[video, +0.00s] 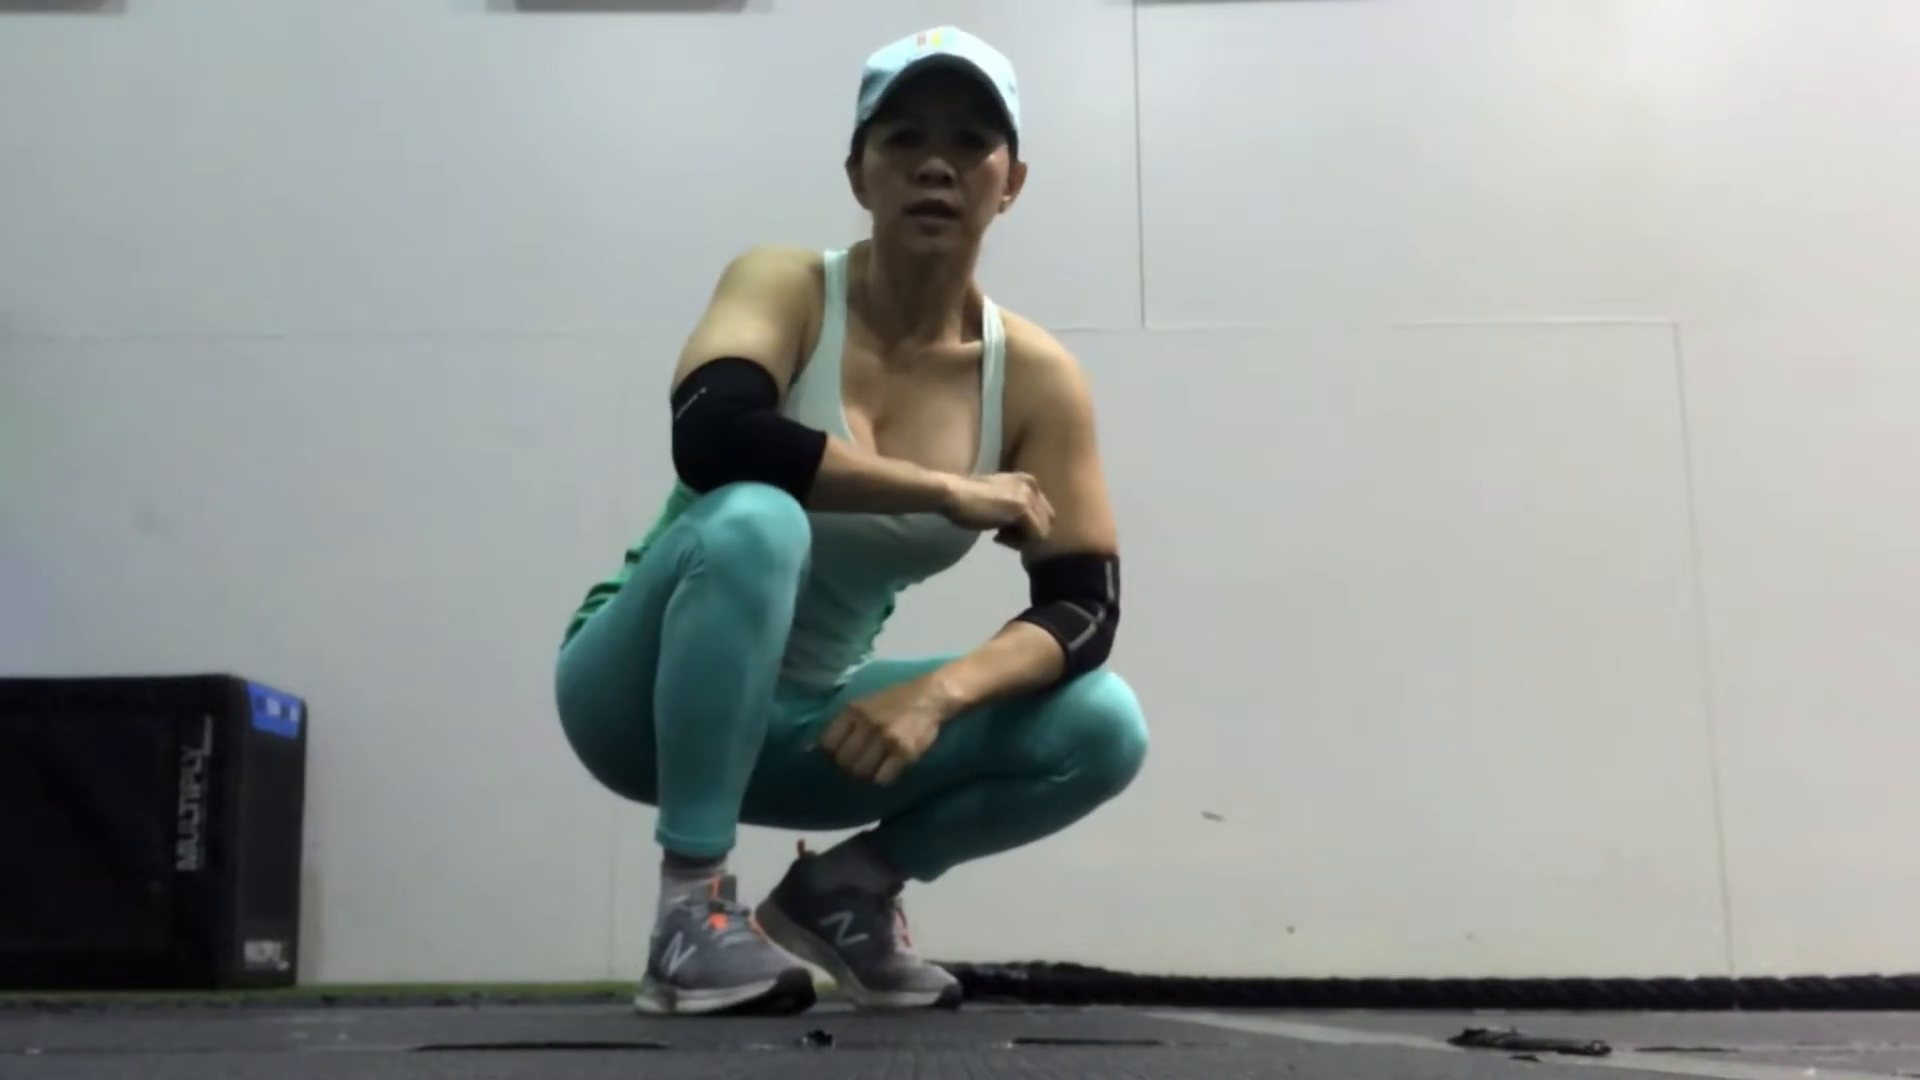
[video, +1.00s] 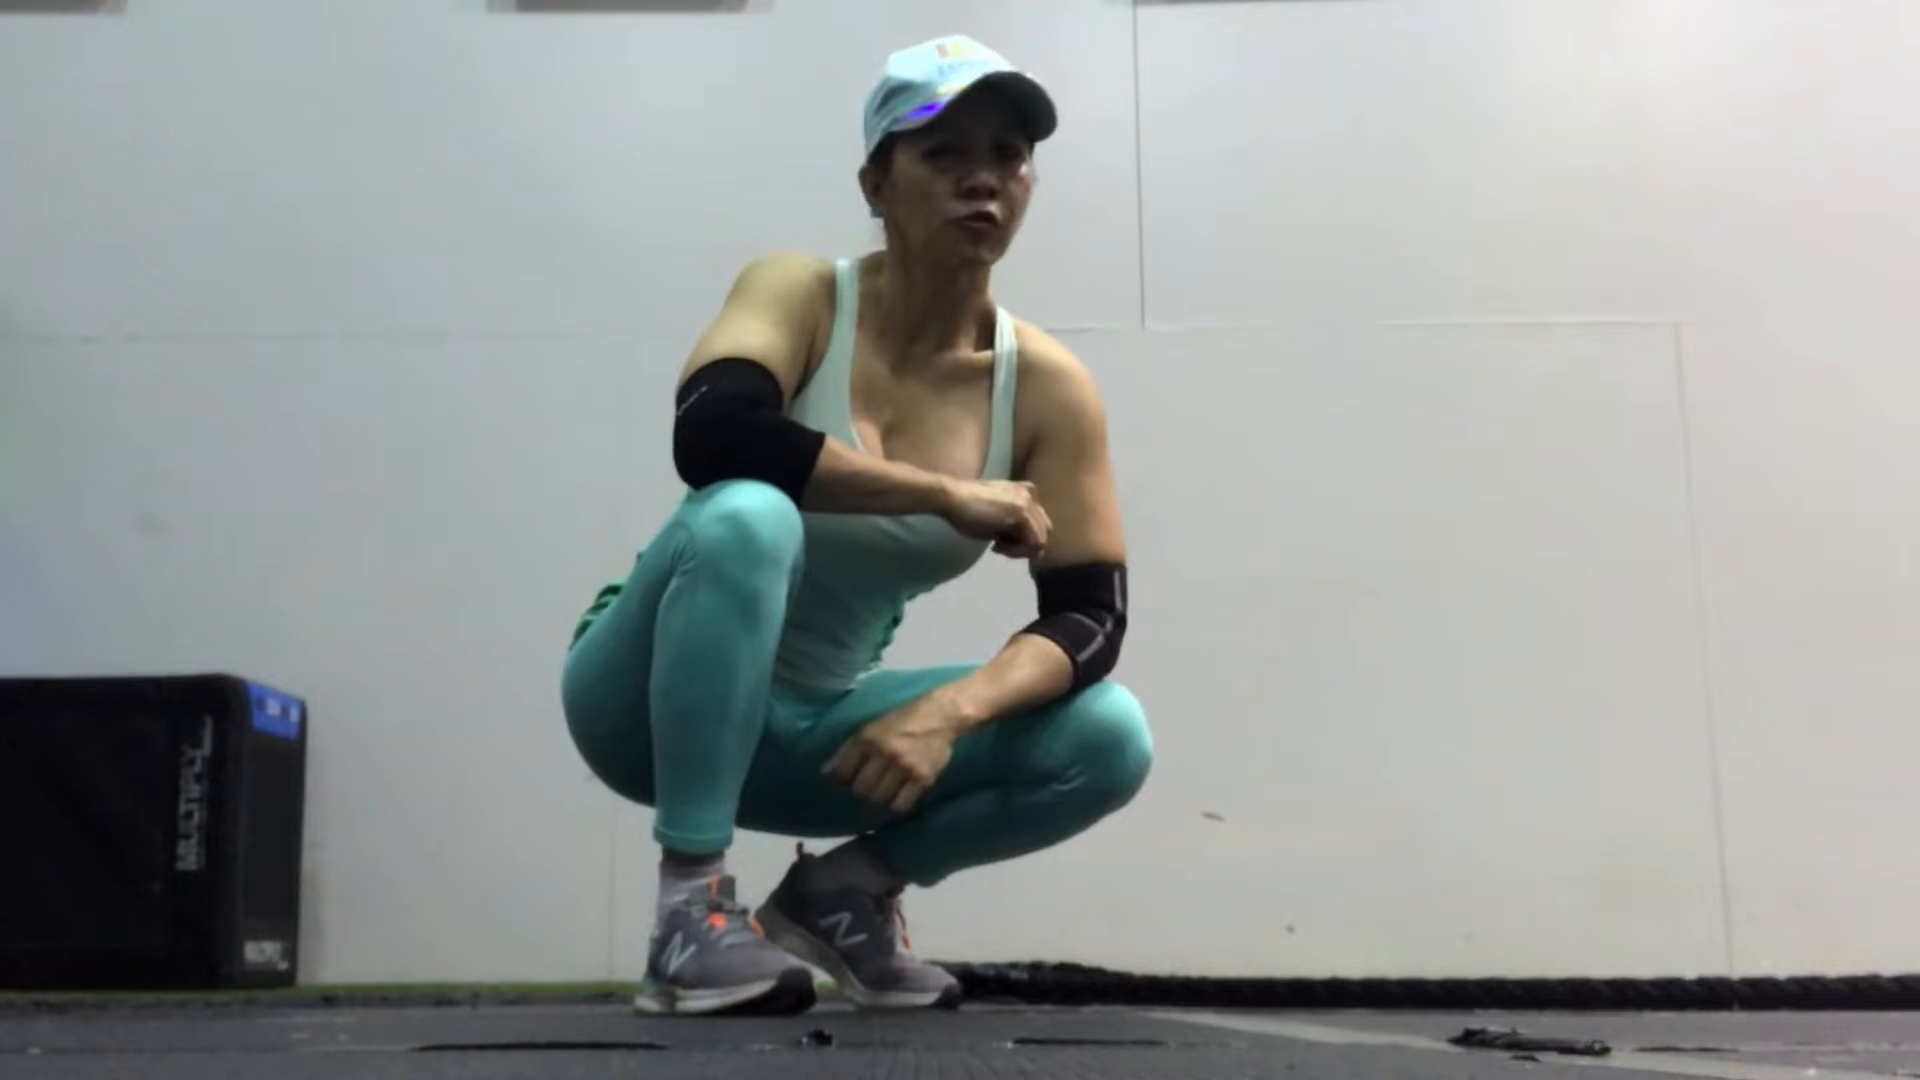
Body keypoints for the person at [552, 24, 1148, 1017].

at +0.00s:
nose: (936, 163)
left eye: (968, 141)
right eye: (906, 138)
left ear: (1010, 182)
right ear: (860, 171)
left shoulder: (1034, 377)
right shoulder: (780, 287)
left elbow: (1082, 609)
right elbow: (715, 438)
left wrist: (936, 691)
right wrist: (949, 493)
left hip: (813, 722)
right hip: (643, 694)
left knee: (1101, 727)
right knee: (756, 526)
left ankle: (841, 888)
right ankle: (692, 911)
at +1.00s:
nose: (983, 180)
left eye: (1005, 155)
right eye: (945, 152)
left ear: (1032, 181)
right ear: (878, 179)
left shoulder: (1048, 389)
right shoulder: (792, 295)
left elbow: (1087, 620)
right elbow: (715, 437)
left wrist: (949, 708)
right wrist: (946, 497)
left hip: (821, 729)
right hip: (657, 696)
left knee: (1107, 740)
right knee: (746, 520)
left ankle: (839, 890)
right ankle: (692, 911)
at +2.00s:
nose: (960, 189)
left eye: (993, 163)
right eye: (929, 159)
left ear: (1034, 195)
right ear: (881, 182)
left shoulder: (1054, 394)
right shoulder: (800, 298)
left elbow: (1094, 627)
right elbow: (711, 436)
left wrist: (951, 712)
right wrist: (942, 497)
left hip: (829, 732)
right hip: (666, 699)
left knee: (1112, 748)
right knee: (741, 516)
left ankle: (845, 888)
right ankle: (692, 909)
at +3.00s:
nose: (965, 185)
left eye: (997, 166)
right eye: (936, 157)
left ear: (1032, 207)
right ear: (883, 187)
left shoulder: (1049, 393)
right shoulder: (803, 295)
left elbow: (1094, 616)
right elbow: (717, 436)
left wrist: (980, 704)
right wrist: (948, 492)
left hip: (818, 738)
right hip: (657, 703)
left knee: (1114, 740)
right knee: (752, 519)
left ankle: (840, 891)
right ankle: (691, 909)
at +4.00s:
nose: (960, 187)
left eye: (992, 165)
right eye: (931, 159)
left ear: (1033, 202)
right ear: (883, 189)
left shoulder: (1054, 398)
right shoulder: (804, 297)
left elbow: (1090, 621)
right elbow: (714, 434)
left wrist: (968, 710)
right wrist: (943, 498)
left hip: (821, 740)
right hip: (658, 705)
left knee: (1110, 745)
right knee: (747, 517)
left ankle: (840, 891)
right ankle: (691, 910)